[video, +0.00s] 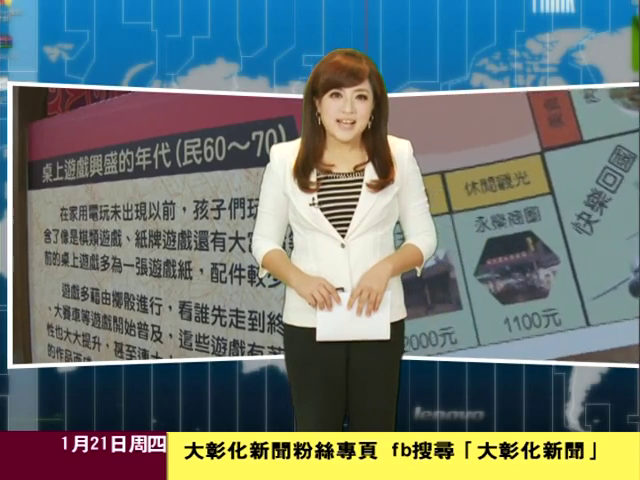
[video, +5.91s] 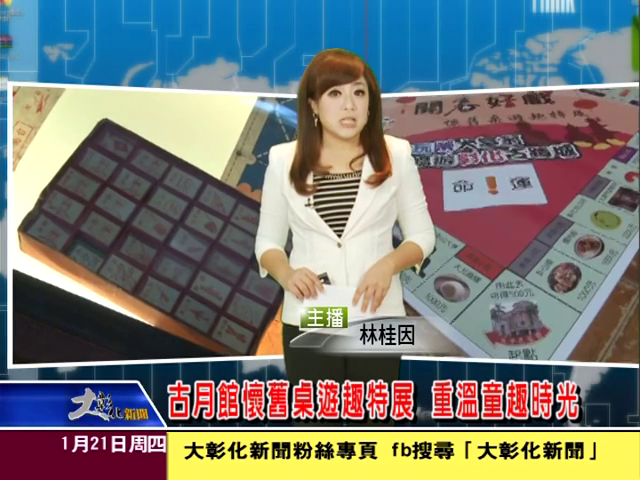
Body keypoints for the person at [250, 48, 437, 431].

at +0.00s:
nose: (348, 108)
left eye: (361, 97)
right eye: (336, 96)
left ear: (374, 106)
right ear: (316, 102)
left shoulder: (396, 156)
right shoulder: (287, 159)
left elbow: (424, 238)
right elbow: (264, 243)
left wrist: (385, 267)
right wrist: (298, 278)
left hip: (378, 328)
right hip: (310, 328)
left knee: (375, 445)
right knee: (316, 445)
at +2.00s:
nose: (349, 107)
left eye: (361, 96)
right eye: (336, 95)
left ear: (374, 104)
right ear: (316, 104)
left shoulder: (397, 156)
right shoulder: (288, 159)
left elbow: (425, 239)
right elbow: (265, 243)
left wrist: (384, 267)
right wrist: (298, 279)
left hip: (379, 324)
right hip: (309, 323)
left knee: (375, 439)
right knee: (314, 438)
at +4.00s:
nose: (345, 104)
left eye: (356, 92)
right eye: (332, 92)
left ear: (370, 103)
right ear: (313, 103)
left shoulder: (395, 155)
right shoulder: (285, 160)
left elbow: (424, 237)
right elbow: (264, 242)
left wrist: (386, 267)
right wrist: (289, 276)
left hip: (377, 324)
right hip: (307, 323)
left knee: (376, 441)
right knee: (314, 440)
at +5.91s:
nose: (349, 105)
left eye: (358, 93)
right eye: (335, 94)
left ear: (370, 102)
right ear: (313, 105)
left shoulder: (394, 155)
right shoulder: (285, 159)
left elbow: (422, 237)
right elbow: (267, 242)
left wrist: (387, 265)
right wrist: (288, 273)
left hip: (377, 324)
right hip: (307, 324)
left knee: (377, 441)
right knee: (314, 440)